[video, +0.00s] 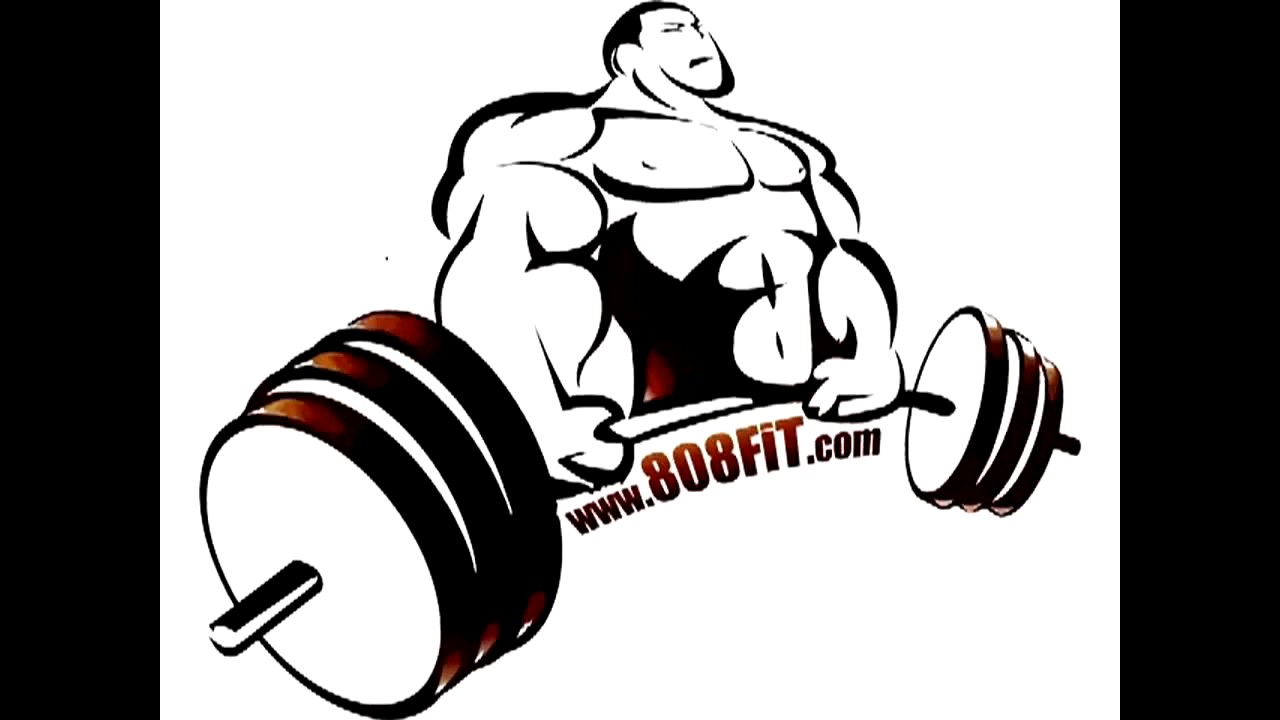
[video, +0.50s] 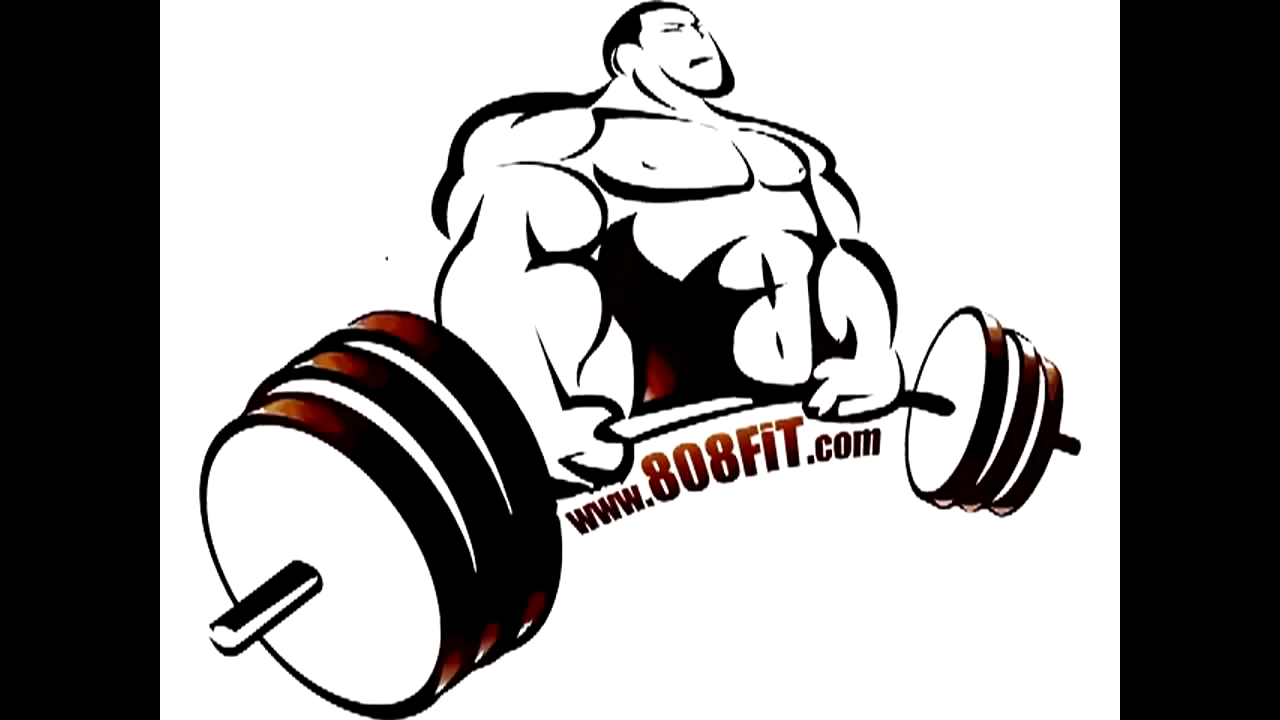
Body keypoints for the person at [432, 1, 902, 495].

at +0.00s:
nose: (702, 40)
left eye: (701, 28)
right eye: (675, 30)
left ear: (713, 45)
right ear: (628, 59)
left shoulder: (776, 145)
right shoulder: (593, 127)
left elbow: (850, 250)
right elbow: (487, 155)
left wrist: (878, 358)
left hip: (747, 331)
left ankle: (870, 369)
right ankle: (577, 429)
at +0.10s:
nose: (702, 40)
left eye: (701, 28)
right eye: (675, 30)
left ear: (713, 45)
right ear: (628, 59)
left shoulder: (776, 145)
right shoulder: (593, 127)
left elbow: (850, 250)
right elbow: (487, 155)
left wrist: (878, 358)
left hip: (747, 331)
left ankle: (870, 369)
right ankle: (577, 429)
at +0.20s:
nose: (702, 40)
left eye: (701, 28)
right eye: (675, 30)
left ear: (713, 45)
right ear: (628, 59)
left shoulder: (776, 145)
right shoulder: (593, 127)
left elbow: (850, 250)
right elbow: (487, 155)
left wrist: (878, 358)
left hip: (747, 331)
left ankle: (870, 369)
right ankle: (577, 429)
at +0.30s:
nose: (702, 40)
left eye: (701, 28)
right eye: (675, 30)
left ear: (713, 45)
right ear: (628, 59)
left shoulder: (776, 145)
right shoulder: (593, 127)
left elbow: (850, 250)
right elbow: (487, 155)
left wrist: (878, 358)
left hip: (747, 331)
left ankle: (870, 369)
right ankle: (577, 429)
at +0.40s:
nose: (702, 40)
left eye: (701, 28)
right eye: (675, 30)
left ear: (713, 45)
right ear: (628, 59)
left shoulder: (776, 145)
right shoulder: (593, 127)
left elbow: (850, 250)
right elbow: (487, 155)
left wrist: (878, 358)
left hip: (747, 331)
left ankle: (870, 369)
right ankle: (577, 429)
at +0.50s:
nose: (702, 40)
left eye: (701, 28)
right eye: (675, 30)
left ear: (713, 45)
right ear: (628, 59)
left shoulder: (776, 145)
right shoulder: (593, 127)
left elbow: (850, 250)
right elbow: (487, 155)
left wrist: (878, 358)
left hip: (747, 331)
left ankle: (870, 369)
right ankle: (577, 429)